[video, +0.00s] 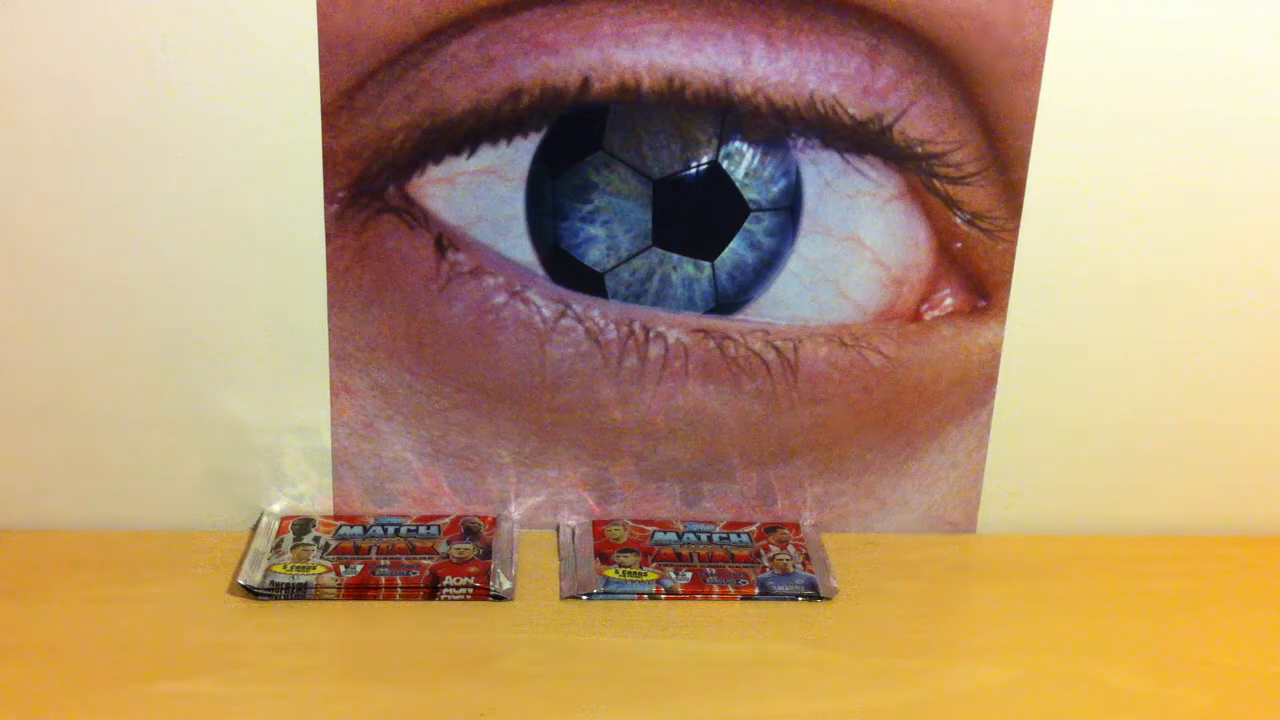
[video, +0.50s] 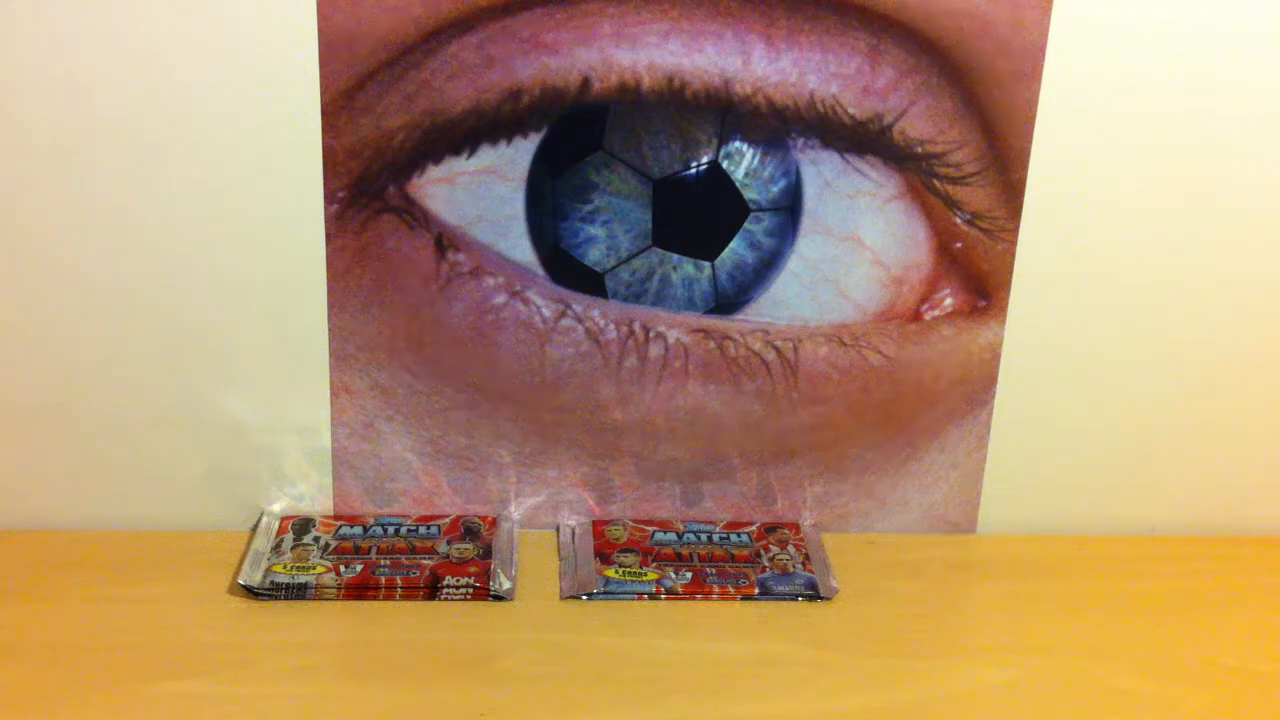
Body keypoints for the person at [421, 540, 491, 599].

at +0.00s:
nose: (461, 551)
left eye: (466, 548)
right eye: (457, 548)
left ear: (474, 550)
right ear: (449, 550)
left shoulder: (484, 567)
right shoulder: (436, 568)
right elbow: (425, 598)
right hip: (443, 613)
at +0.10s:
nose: (461, 551)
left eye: (466, 548)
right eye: (457, 548)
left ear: (474, 550)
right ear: (449, 550)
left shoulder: (484, 567)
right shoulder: (436, 568)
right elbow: (425, 598)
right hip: (443, 613)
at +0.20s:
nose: (461, 551)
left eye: (466, 548)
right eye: (457, 548)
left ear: (474, 550)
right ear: (449, 550)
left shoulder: (484, 567)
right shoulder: (436, 568)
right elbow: (425, 598)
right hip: (443, 613)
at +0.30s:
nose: (461, 551)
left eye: (466, 548)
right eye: (457, 548)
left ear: (474, 550)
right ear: (449, 550)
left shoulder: (484, 567)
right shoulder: (436, 568)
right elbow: (425, 598)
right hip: (443, 612)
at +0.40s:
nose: (461, 551)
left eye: (466, 548)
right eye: (457, 548)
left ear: (474, 550)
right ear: (449, 550)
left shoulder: (484, 567)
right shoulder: (436, 568)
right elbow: (425, 598)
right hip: (443, 612)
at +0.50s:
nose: (461, 551)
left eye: (466, 548)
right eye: (457, 548)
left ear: (474, 550)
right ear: (449, 550)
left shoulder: (484, 567)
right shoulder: (436, 569)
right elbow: (425, 598)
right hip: (443, 612)